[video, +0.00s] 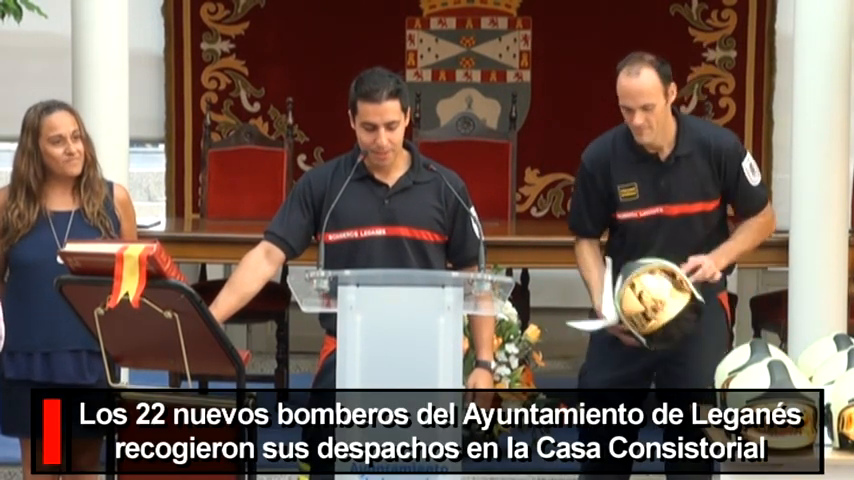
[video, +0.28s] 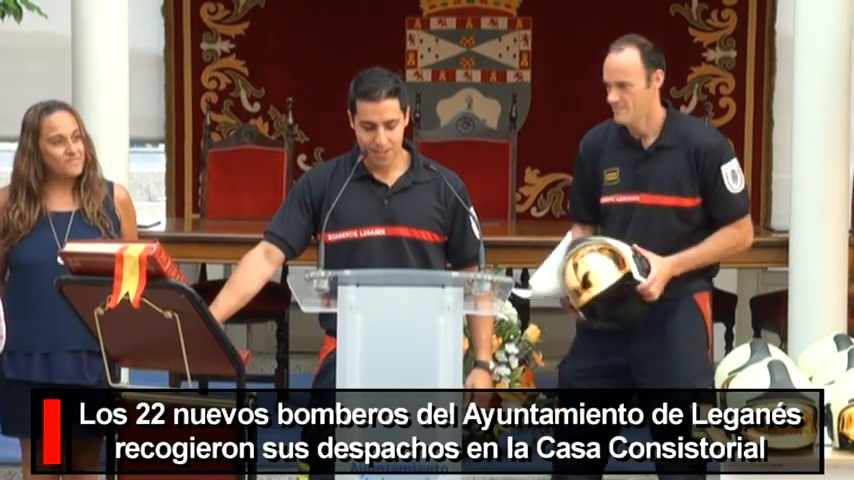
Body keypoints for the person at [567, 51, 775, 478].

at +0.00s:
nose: (637, 121)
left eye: (647, 108)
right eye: (628, 110)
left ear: (671, 96)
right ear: (618, 103)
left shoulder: (719, 147)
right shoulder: (600, 159)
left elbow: (763, 217)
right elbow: (586, 238)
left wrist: (718, 259)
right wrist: (606, 309)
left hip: (698, 314)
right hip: (625, 313)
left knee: (691, 445)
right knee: (600, 441)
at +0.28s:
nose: (612, 98)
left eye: (622, 86)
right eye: (608, 87)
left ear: (657, 82)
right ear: (605, 86)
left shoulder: (705, 145)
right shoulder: (597, 144)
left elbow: (741, 232)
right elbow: (582, 225)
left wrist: (671, 265)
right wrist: (570, 274)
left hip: (673, 324)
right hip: (603, 322)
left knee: (679, 460)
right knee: (572, 457)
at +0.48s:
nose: (585, 85)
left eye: (596, 75)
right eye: (584, 75)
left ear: (631, 74)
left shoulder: (674, 143)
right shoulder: (584, 141)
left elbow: (697, 241)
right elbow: (572, 225)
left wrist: (616, 263)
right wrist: (541, 247)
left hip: (646, 314)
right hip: (584, 313)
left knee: (659, 454)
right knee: (553, 450)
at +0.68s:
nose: (551, 78)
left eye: (562, 69)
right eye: (551, 68)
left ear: (598, 72)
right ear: (585, 71)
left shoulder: (625, 138)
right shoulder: (560, 138)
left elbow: (636, 243)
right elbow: (549, 211)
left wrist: (553, 263)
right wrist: (509, 238)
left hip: (601, 308)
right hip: (548, 307)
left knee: (625, 451)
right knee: (530, 445)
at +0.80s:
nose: (532, 74)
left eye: (543, 65)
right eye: (533, 64)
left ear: (579, 70)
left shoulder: (600, 135)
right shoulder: (546, 134)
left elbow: (603, 241)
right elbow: (532, 214)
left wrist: (521, 261)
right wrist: (484, 236)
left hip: (574, 303)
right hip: (530, 301)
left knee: (587, 442)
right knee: (521, 438)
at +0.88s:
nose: (521, 73)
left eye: (532, 64)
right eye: (522, 63)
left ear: (567, 69)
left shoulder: (585, 134)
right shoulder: (544, 132)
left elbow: (584, 240)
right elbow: (526, 213)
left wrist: (500, 259)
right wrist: (465, 232)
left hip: (559, 295)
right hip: (524, 290)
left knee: (553, 430)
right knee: (514, 424)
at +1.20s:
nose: (477, 75)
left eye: (488, 66)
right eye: (478, 64)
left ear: (522, 72)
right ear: (516, 71)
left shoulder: (533, 135)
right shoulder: (511, 128)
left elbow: (521, 241)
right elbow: (495, 220)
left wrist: (455, 254)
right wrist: (453, 246)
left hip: (522, 289)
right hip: (500, 283)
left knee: (506, 411)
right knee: (499, 408)